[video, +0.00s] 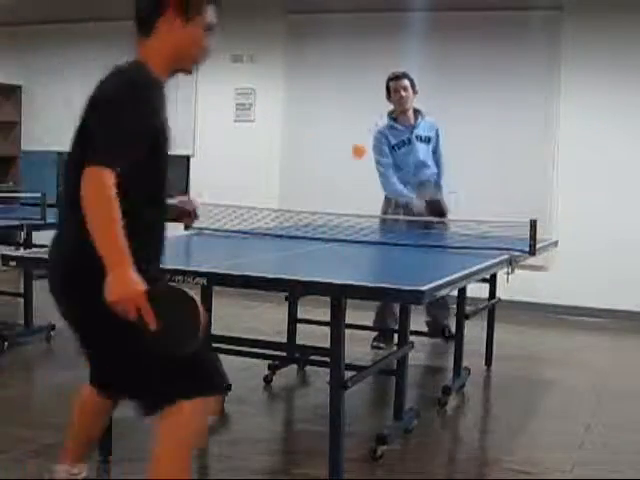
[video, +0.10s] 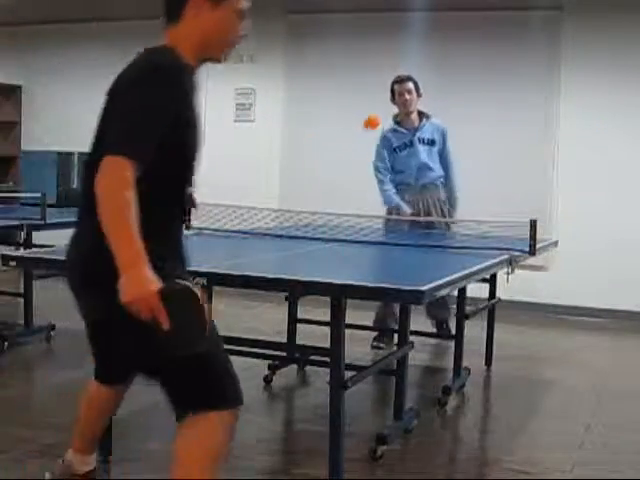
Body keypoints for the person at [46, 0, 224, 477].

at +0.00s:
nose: (208, 42)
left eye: (210, 29)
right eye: (205, 26)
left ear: (170, 22)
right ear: (172, 20)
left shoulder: (142, 90)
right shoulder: (129, 90)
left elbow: (117, 187)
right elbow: (96, 183)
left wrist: (166, 207)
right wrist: (120, 270)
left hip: (96, 274)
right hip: (98, 275)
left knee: (108, 377)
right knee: (197, 389)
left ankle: (70, 469)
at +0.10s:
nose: (243, 30)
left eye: (245, 17)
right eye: (238, 14)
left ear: (201, 12)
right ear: (200, 9)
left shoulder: (168, 76)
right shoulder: (158, 76)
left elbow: (144, 185)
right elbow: (113, 178)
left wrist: (167, 272)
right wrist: (134, 270)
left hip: (106, 268)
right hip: (130, 270)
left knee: (114, 370)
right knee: (213, 404)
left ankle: (77, 464)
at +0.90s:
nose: (233, 8)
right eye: (232, 8)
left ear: (169, 3)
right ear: (222, 5)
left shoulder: (99, 52)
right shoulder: (230, 53)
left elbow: (39, 148)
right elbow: (223, 166)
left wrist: (14, 232)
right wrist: (255, 271)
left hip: (87, 281)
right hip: (175, 292)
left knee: (101, 416)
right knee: (193, 459)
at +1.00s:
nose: (209, 7)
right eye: (208, 5)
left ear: (145, 3)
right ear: (198, 4)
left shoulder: (81, 59)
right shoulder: (212, 63)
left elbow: (23, 156)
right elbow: (206, 169)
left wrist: (5, 243)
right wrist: (219, 273)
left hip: (73, 285)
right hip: (158, 293)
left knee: (74, 413)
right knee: (184, 455)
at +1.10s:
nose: (177, 12)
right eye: (178, 7)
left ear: (109, 7)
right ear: (169, 7)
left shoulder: (46, 74)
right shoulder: (182, 75)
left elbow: (5, 163)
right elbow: (201, 177)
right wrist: (209, 266)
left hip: (51, 293)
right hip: (139, 299)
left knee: (35, 433)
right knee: (161, 458)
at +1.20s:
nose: (144, 17)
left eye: (143, 11)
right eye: (142, 10)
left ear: (75, 13)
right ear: (133, 11)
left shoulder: (16, 85)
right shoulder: (153, 86)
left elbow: (6, 189)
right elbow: (185, 185)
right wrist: (196, 266)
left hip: (22, 297)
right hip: (111, 300)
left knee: (10, 444)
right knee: (154, 457)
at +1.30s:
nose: (124, 13)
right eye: (124, 8)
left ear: (59, 8)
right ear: (117, 7)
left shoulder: (9, 64)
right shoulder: (137, 70)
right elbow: (168, 165)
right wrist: (178, 245)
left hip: (14, 273)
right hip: (102, 277)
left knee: (14, 427)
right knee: (136, 435)